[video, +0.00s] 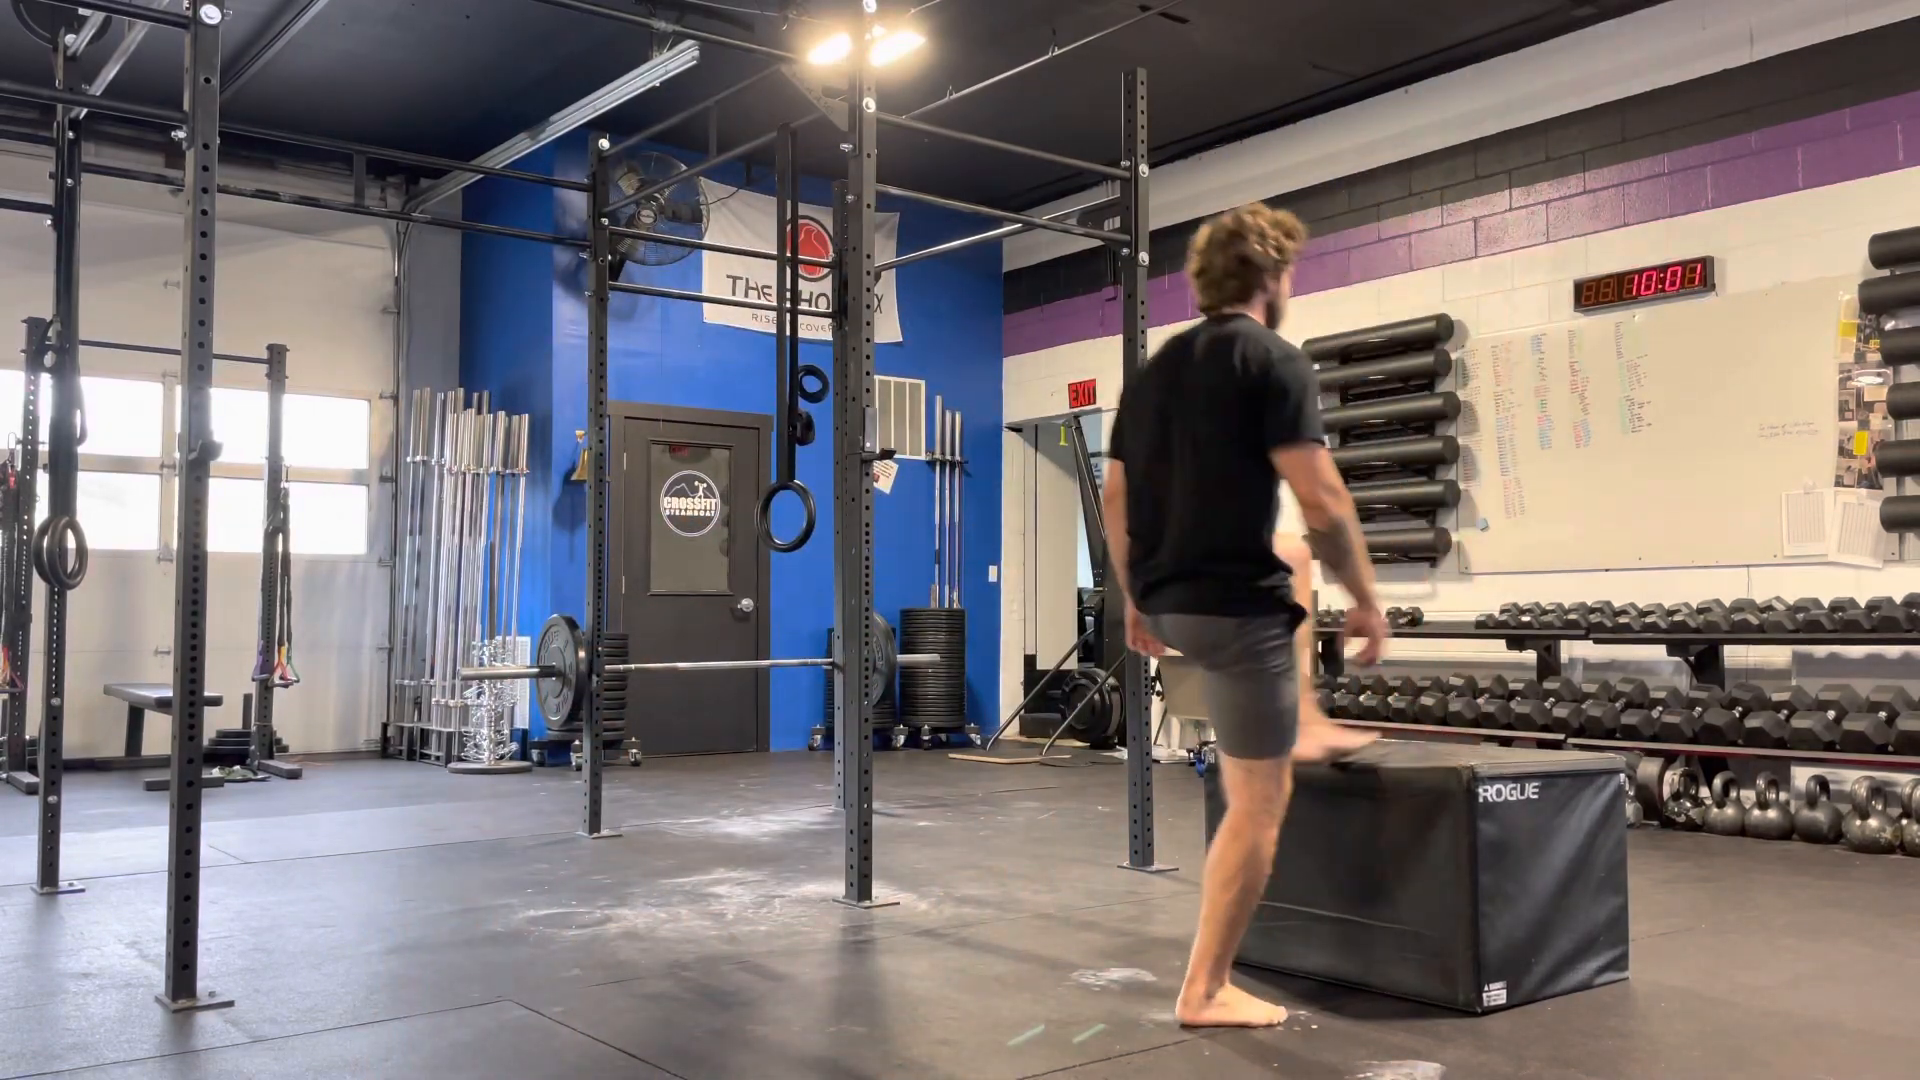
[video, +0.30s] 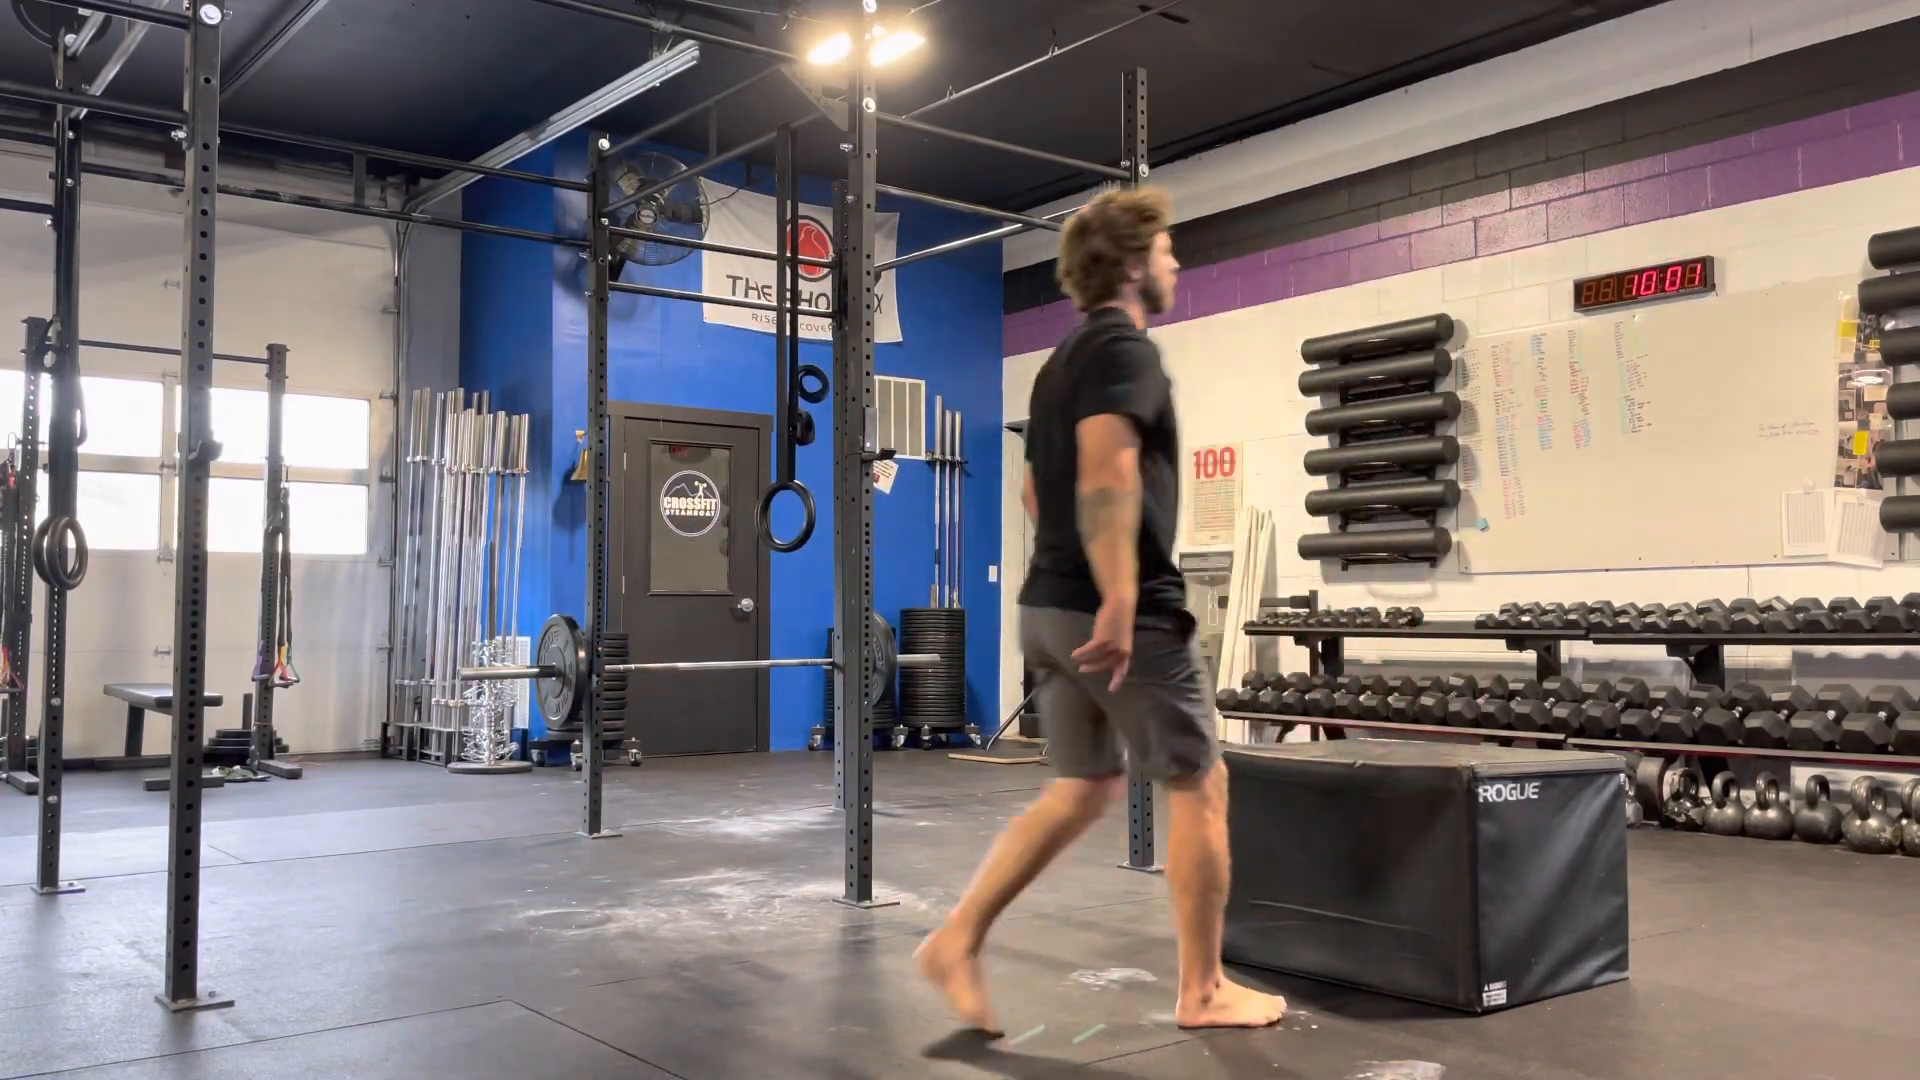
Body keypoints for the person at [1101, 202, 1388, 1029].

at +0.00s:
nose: (1291, 290)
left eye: (1289, 276)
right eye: (1289, 277)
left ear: (1205, 282)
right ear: (1271, 283)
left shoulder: (1150, 372)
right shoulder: (1271, 361)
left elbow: (1115, 498)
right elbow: (1322, 507)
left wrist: (1132, 600)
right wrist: (1363, 598)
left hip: (1163, 600)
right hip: (1237, 606)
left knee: (1292, 559)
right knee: (1255, 804)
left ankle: (1303, 724)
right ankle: (1203, 989)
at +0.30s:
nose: (1178, 265)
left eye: (1173, 248)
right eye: (1168, 250)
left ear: (1098, 273)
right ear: (1133, 266)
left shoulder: (1057, 364)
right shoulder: (1124, 352)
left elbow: (1037, 497)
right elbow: (1105, 479)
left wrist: (1081, 590)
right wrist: (1120, 603)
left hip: (1053, 605)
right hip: (1123, 608)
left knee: (1086, 783)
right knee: (1197, 781)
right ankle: (1203, 988)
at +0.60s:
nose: (1051, 252)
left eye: (1047, 237)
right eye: (1036, 237)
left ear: (992, 255)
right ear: (988, 251)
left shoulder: (989, 340)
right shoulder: (962, 325)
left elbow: (978, 503)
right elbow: (935, 451)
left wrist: (1056, 580)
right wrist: (993, 572)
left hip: (938, 593)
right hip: (950, 594)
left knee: (951, 785)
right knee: (1038, 781)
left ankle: (907, 992)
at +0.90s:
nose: (939, 238)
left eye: (937, 224)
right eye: (920, 225)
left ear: (899, 242)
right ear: (862, 244)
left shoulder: (895, 345)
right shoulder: (825, 331)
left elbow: (881, 481)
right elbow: (791, 463)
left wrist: (922, 567)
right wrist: (866, 579)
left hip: (885, 606)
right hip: (804, 602)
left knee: (924, 795)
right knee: (763, 803)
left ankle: (907, 996)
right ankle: (606, 1024)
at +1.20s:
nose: (793, 224)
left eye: (799, 212)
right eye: (772, 206)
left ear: (799, 234)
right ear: (709, 219)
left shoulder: (789, 364)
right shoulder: (639, 326)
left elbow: (768, 488)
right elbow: (577, 476)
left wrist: (817, 575)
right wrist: (639, 609)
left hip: (752, 635)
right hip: (639, 633)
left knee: (826, 814)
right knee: (615, 854)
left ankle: (829, 1013)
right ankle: (529, 1066)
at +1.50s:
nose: (727, 199)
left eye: (735, 186)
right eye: (706, 181)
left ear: (740, 204)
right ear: (645, 194)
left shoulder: (756, 341)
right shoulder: (572, 310)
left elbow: (767, 472)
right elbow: (499, 461)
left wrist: (792, 553)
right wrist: (507, 606)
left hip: (705, 629)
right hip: (580, 626)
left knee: (701, 839)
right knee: (563, 852)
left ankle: (630, 1061)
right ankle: (524, 1065)